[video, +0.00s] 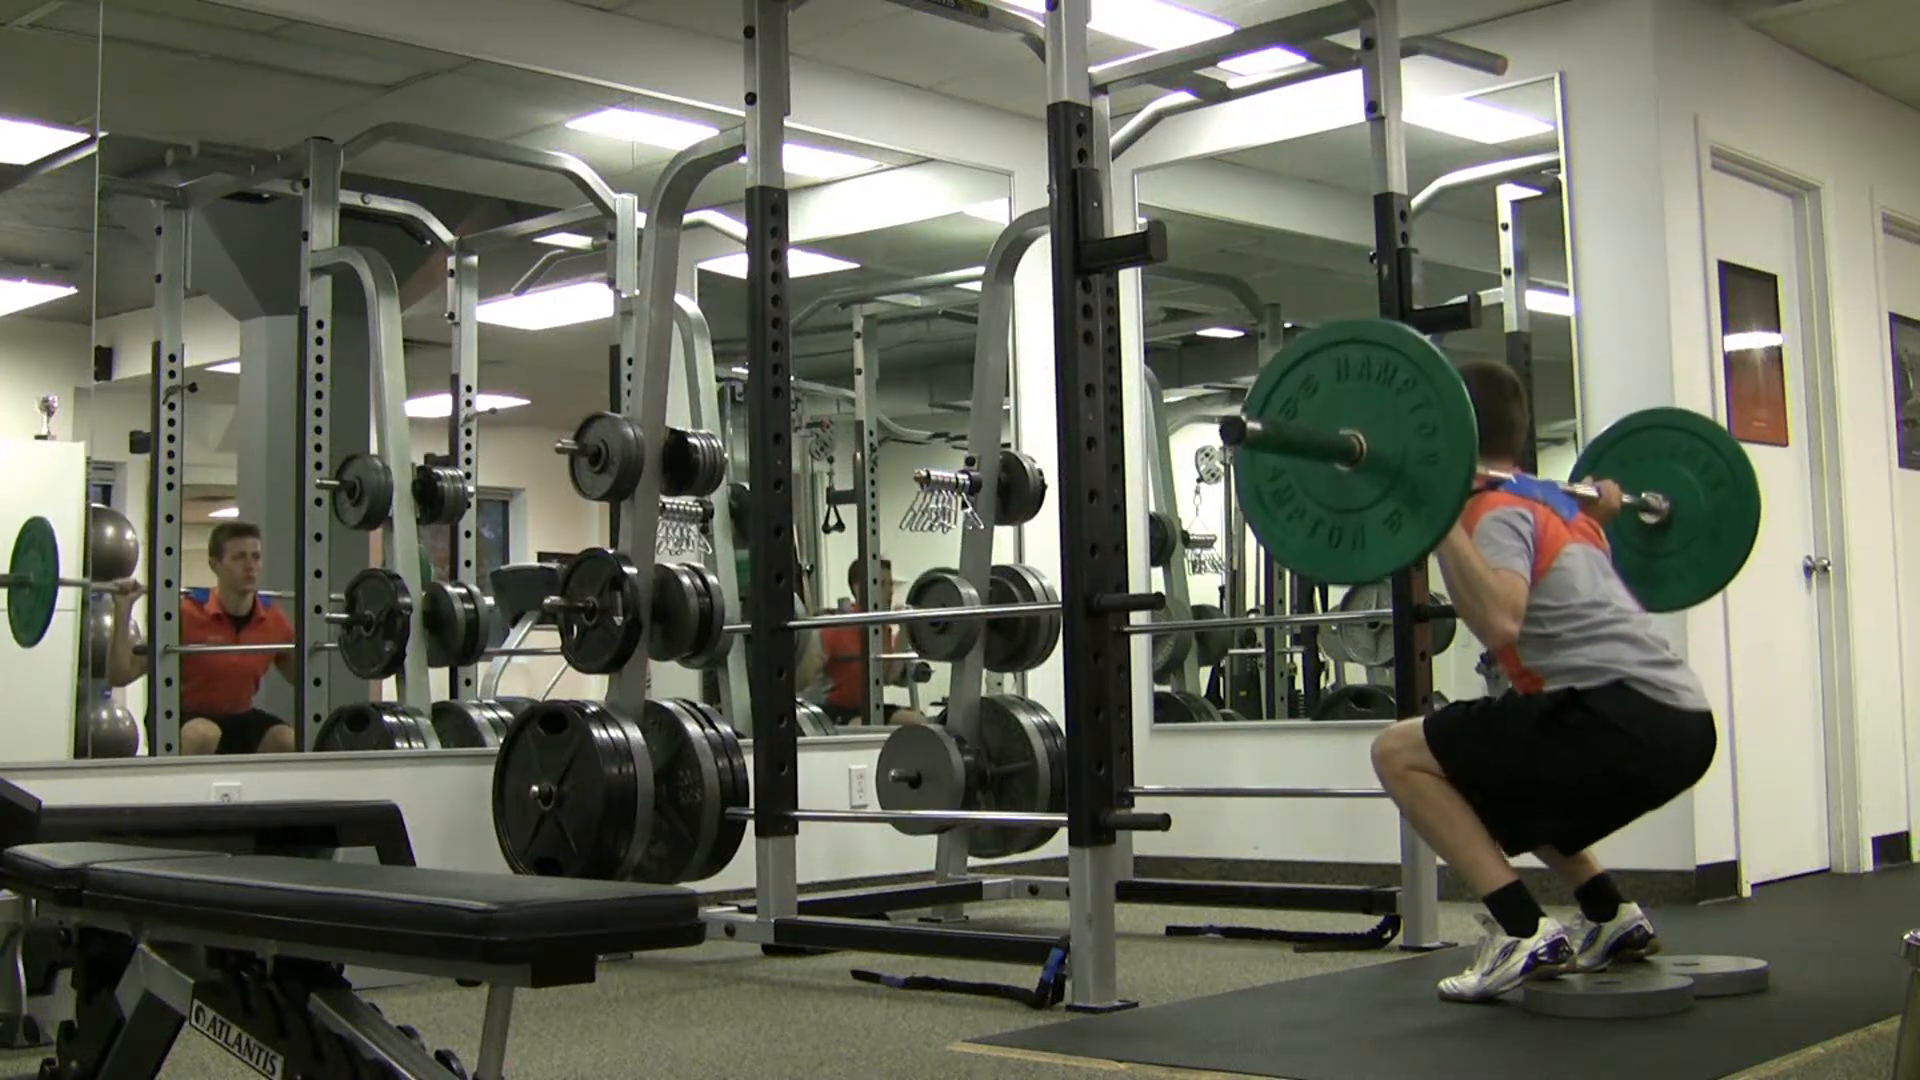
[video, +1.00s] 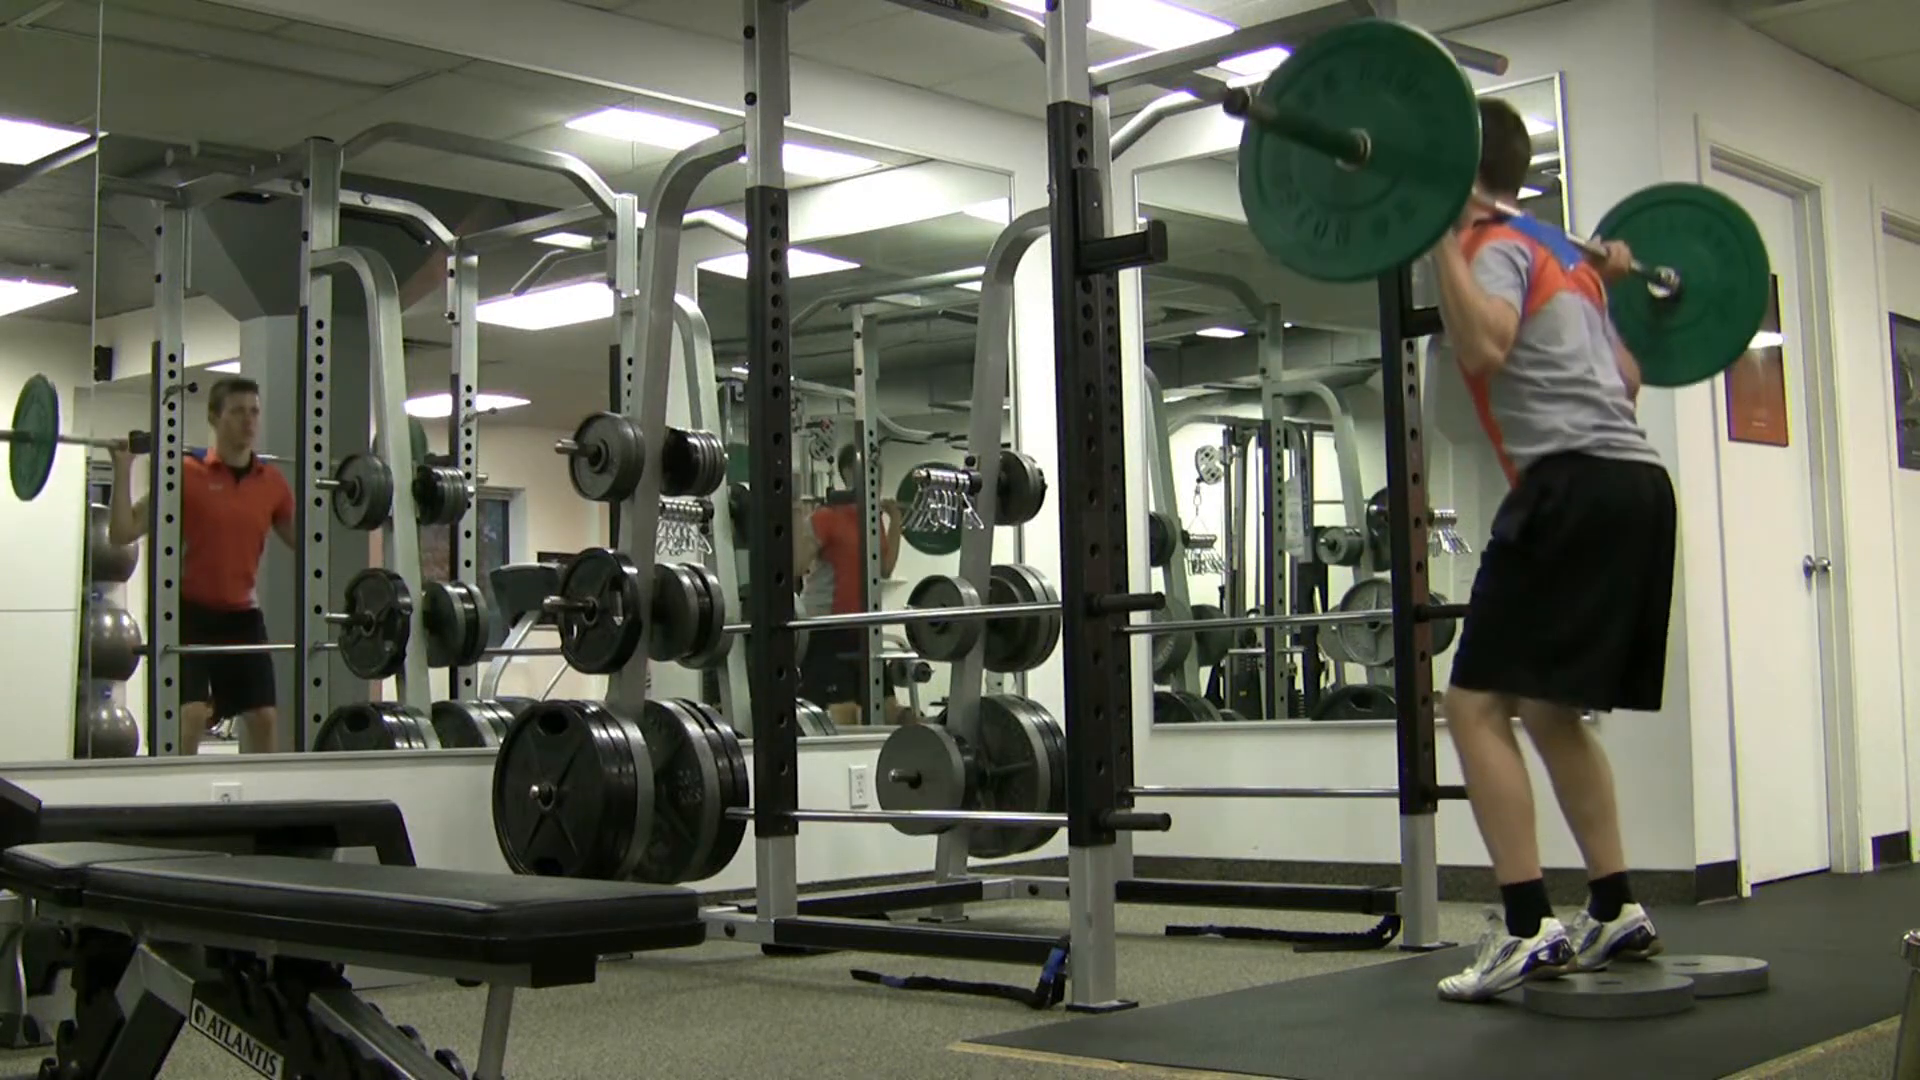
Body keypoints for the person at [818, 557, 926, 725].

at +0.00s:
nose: (889, 591)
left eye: (890, 584)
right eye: (880, 584)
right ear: (858, 588)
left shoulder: (883, 626)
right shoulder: (833, 626)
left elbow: (889, 675)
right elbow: (807, 676)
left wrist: (905, 629)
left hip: (872, 707)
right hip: (837, 708)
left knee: (917, 720)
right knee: (863, 729)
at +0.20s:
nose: (887, 572)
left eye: (888, 565)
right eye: (880, 564)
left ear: (892, 567)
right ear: (857, 568)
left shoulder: (887, 610)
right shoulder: (837, 605)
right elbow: (806, 656)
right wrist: (809, 611)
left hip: (872, 696)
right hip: (836, 695)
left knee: (916, 721)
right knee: (864, 726)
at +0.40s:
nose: (885, 545)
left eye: (887, 539)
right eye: (877, 538)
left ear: (890, 540)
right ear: (855, 543)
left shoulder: (880, 583)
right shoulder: (832, 582)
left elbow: (888, 632)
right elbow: (824, 630)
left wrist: (902, 586)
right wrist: (802, 588)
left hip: (870, 680)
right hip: (839, 681)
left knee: (915, 720)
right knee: (862, 733)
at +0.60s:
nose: (881, 520)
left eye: (883, 512)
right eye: (872, 512)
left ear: (886, 515)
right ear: (852, 516)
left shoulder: (877, 558)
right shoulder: (830, 558)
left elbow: (887, 606)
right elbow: (809, 602)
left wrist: (900, 558)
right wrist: (799, 560)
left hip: (870, 661)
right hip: (836, 662)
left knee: (910, 720)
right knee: (857, 722)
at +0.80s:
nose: (880, 495)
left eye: (881, 487)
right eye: (874, 487)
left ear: (881, 491)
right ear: (856, 490)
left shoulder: (874, 534)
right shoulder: (830, 533)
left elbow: (887, 584)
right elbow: (800, 581)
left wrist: (898, 537)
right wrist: (798, 537)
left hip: (866, 642)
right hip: (834, 643)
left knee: (903, 718)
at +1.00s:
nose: (869, 476)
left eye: (872, 468)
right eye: (861, 468)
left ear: (876, 470)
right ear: (845, 472)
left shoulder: (872, 516)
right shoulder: (827, 517)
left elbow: (886, 568)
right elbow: (798, 565)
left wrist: (895, 522)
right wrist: (797, 520)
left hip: (867, 621)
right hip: (833, 622)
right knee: (841, 705)